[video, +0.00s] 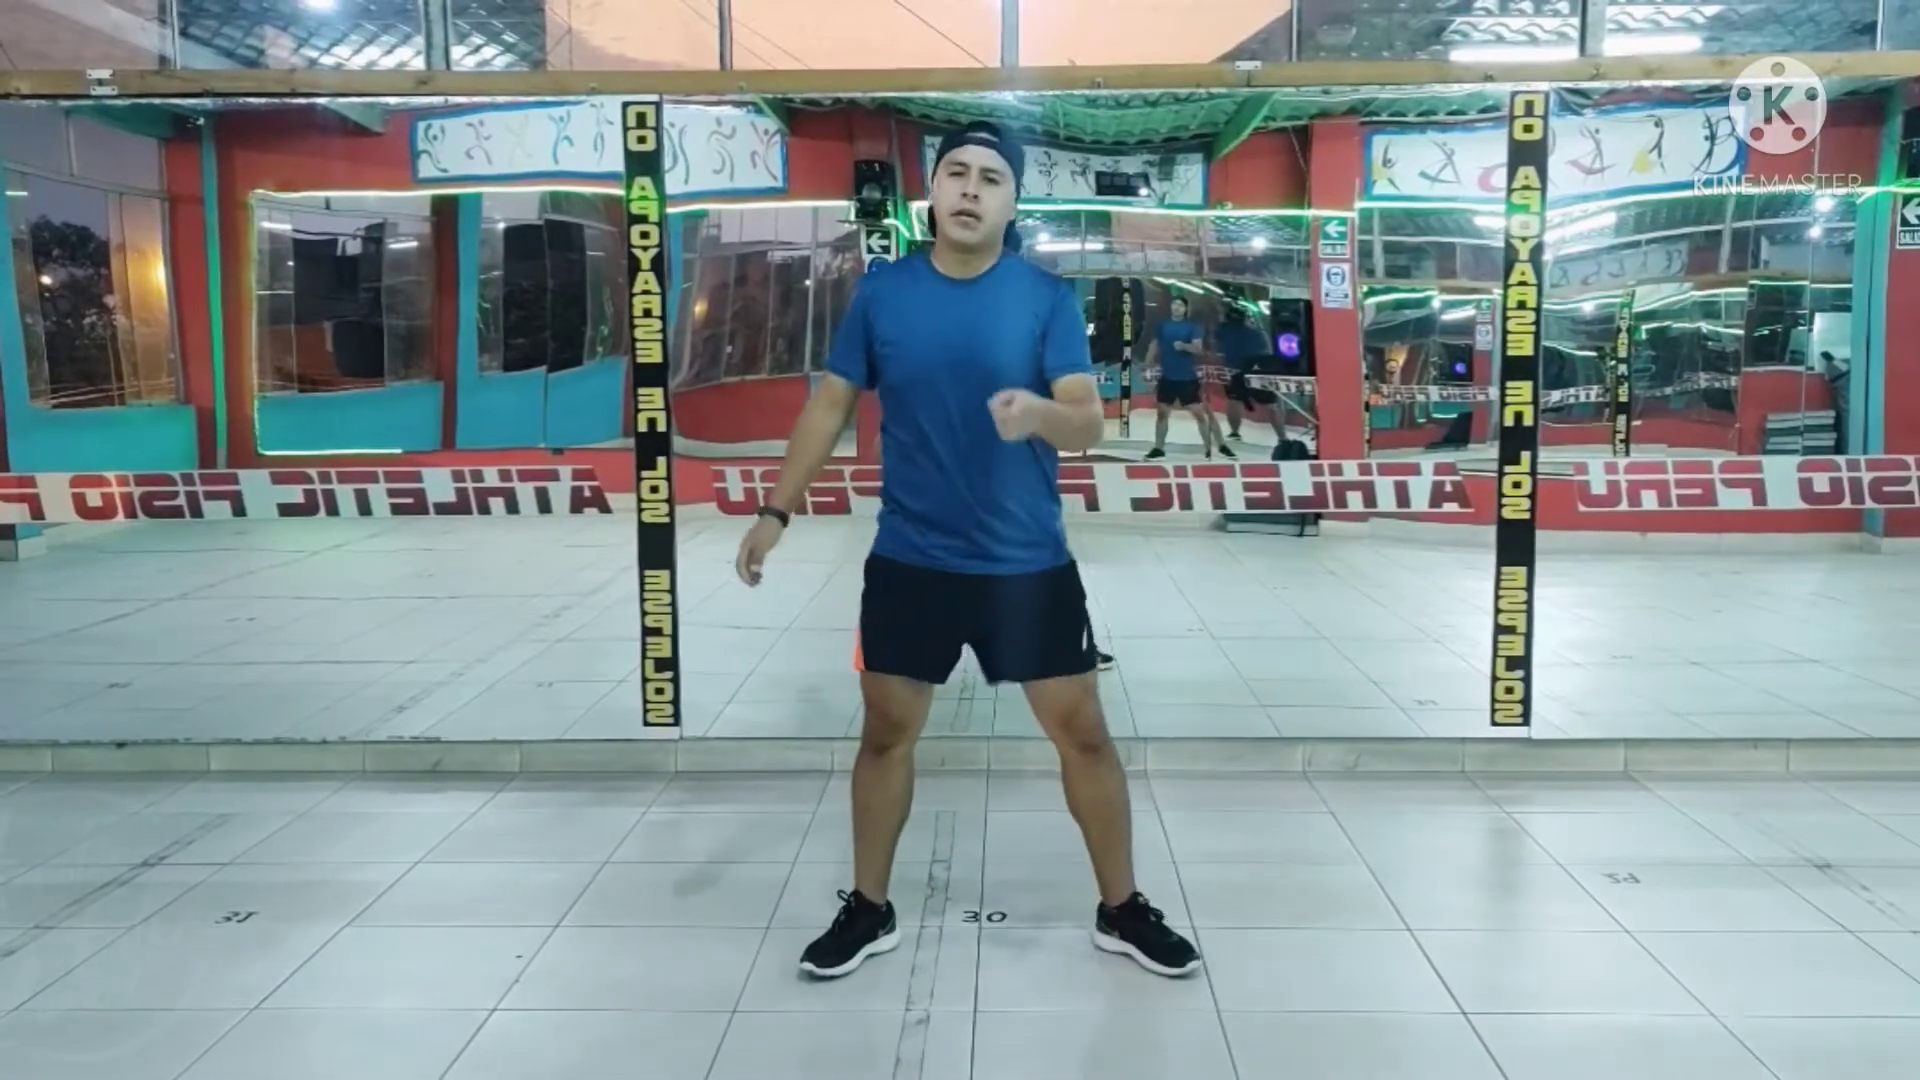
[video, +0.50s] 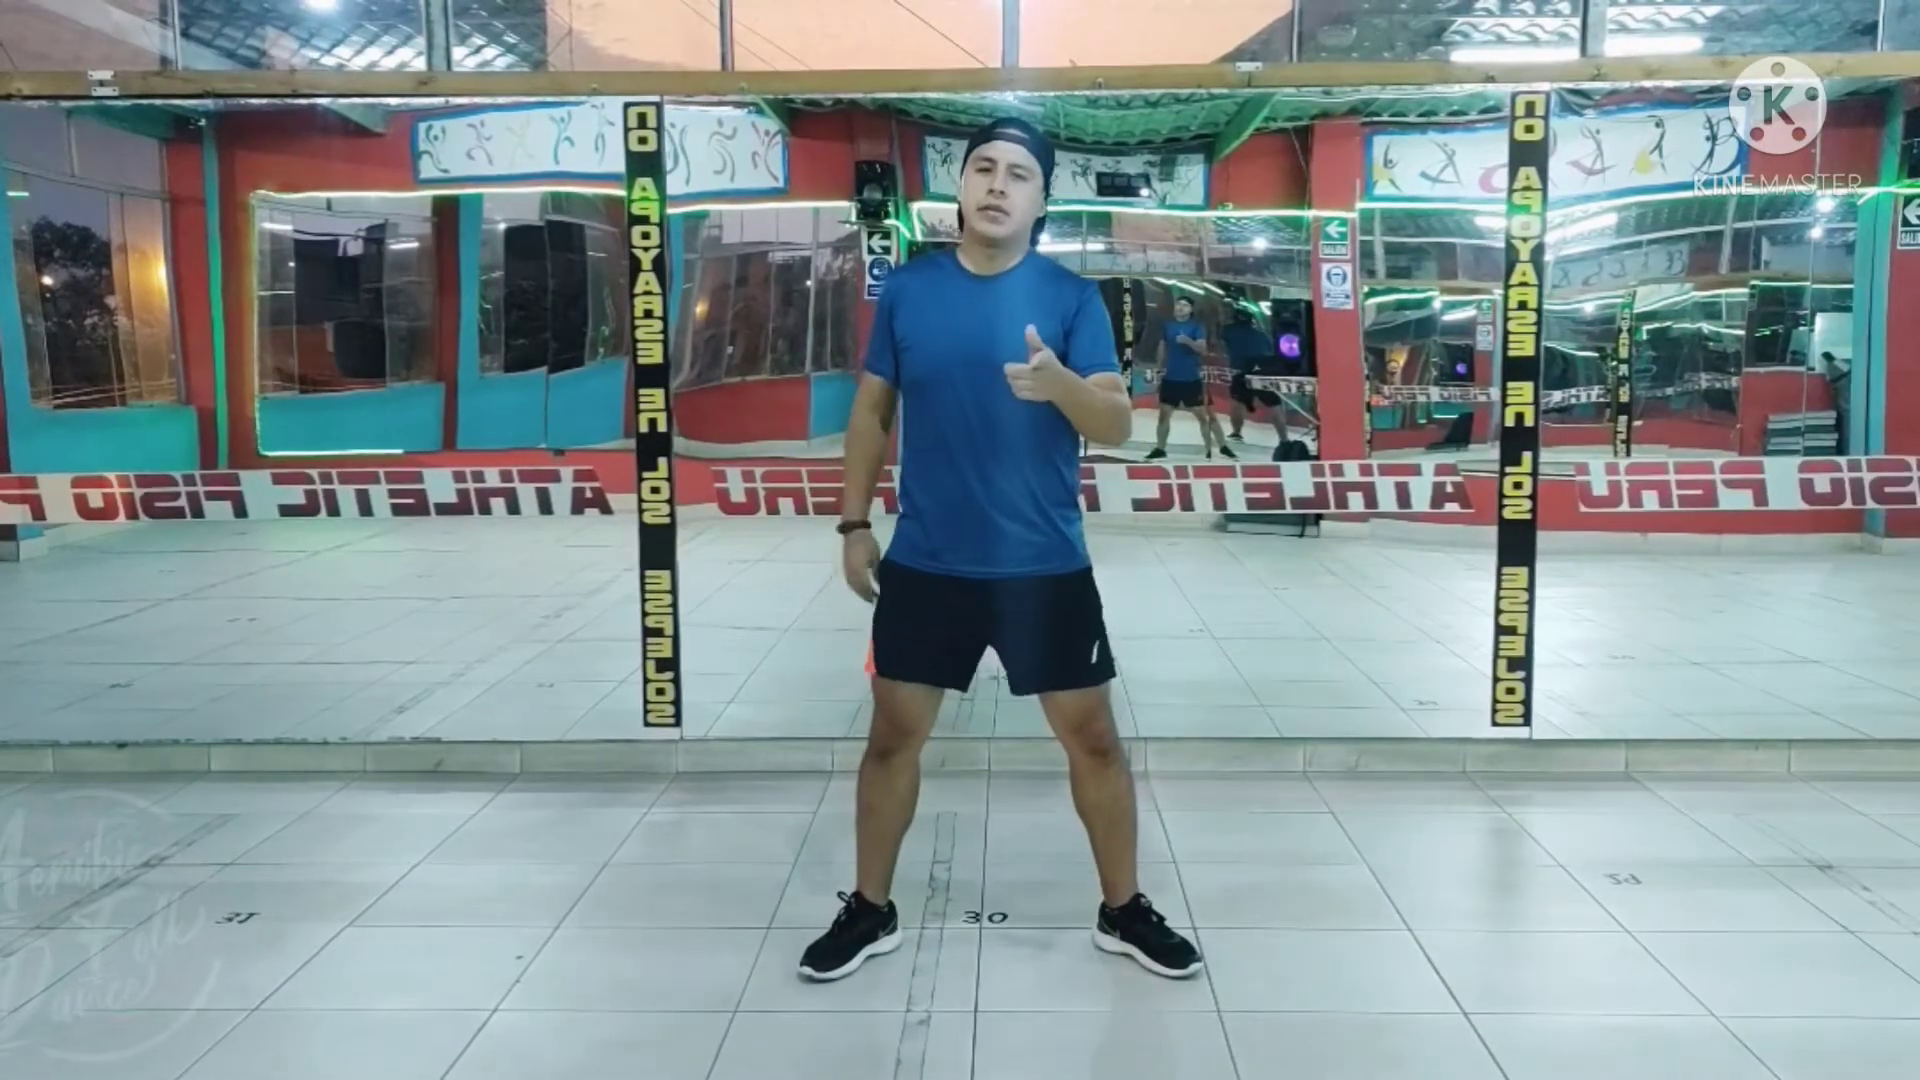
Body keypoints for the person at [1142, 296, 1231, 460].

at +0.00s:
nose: (1177, 308)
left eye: (1180, 306)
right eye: (1174, 305)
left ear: (1186, 309)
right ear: (1170, 308)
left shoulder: (1193, 328)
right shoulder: (1162, 327)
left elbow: (1198, 349)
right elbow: (1154, 346)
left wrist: (1185, 347)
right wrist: (1147, 365)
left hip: (1188, 378)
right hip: (1168, 377)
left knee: (1198, 413)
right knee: (1162, 412)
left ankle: (1208, 447)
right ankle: (1158, 447)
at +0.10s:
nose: (1178, 308)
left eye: (1182, 305)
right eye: (1176, 305)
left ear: (1188, 309)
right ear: (1172, 308)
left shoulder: (1196, 327)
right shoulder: (1165, 327)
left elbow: (1198, 348)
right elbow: (1157, 345)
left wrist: (1185, 344)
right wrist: (1148, 363)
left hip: (1190, 378)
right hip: (1170, 378)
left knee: (1201, 414)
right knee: (1162, 412)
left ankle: (1209, 448)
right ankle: (1159, 447)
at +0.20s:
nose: (1179, 308)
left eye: (1183, 305)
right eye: (1177, 305)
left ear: (1189, 309)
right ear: (1173, 308)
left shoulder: (1197, 327)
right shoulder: (1167, 327)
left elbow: (1199, 348)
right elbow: (1160, 346)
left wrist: (1185, 343)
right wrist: (1152, 365)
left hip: (1192, 379)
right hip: (1171, 378)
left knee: (1203, 414)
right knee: (1162, 411)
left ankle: (1222, 445)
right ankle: (1159, 447)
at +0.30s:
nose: (1180, 308)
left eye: (1184, 305)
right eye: (1178, 305)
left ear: (1190, 309)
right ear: (1174, 308)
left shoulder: (1197, 326)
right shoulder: (1168, 326)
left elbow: (1200, 348)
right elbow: (1162, 347)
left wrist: (1187, 342)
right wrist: (1156, 369)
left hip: (1192, 378)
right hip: (1172, 377)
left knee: (1204, 415)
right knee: (1163, 412)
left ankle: (1222, 446)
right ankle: (1159, 447)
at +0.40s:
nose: (1180, 308)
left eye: (1184, 305)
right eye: (1178, 305)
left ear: (1191, 309)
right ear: (1174, 308)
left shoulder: (1197, 326)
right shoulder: (1168, 326)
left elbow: (1202, 349)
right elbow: (1162, 347)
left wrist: (1188, 342)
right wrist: (1159, 367)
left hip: (1192, 378)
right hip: (1171, 377)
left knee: (1203, 415)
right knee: (1166, 413)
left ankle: (1211, 449)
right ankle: (1160, 447)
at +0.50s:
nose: (1180, 308)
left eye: (1184, 305)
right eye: (1178, 305)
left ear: (1191, 309)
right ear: (1174, 308)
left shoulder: (1197, 327)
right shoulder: (1168, 326)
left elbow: (1203, 349)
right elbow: (1162, 347)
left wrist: (1189, 342)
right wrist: (1159, 367)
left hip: (1191, 378)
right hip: (1171, 377)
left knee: (1203, 416)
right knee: (1164, 414)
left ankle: (1209, 449)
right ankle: (1160, 447)